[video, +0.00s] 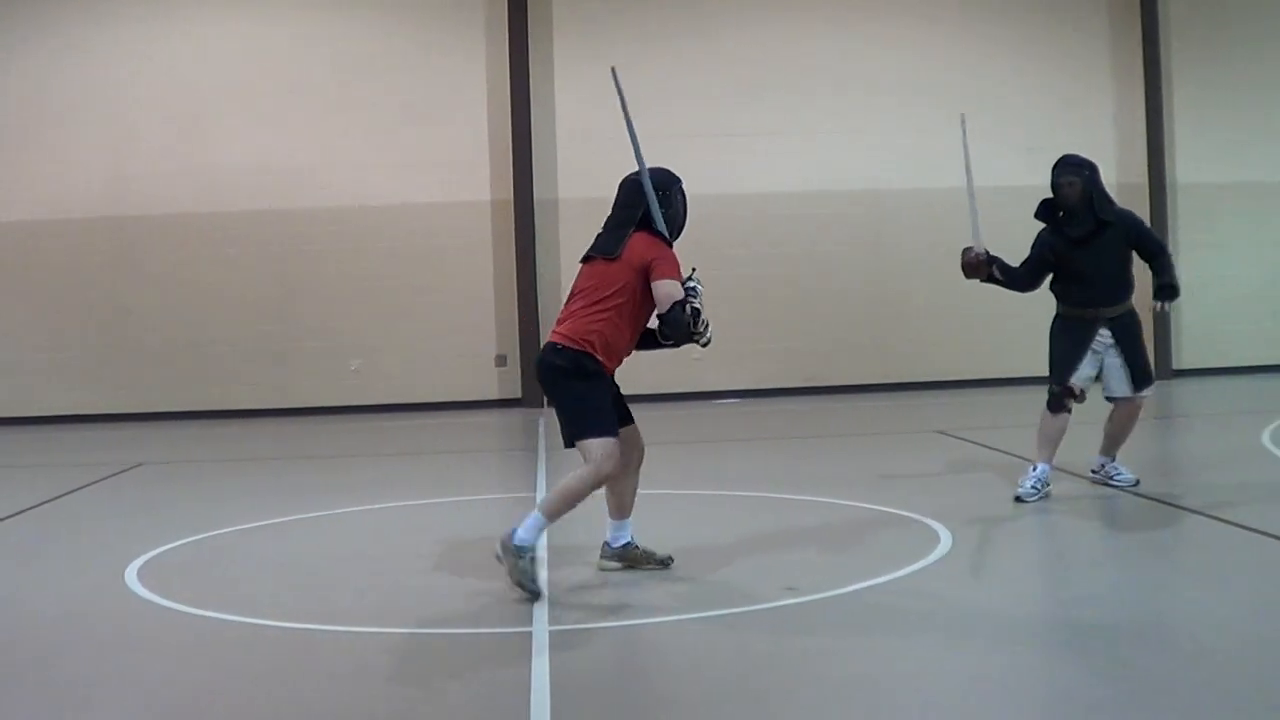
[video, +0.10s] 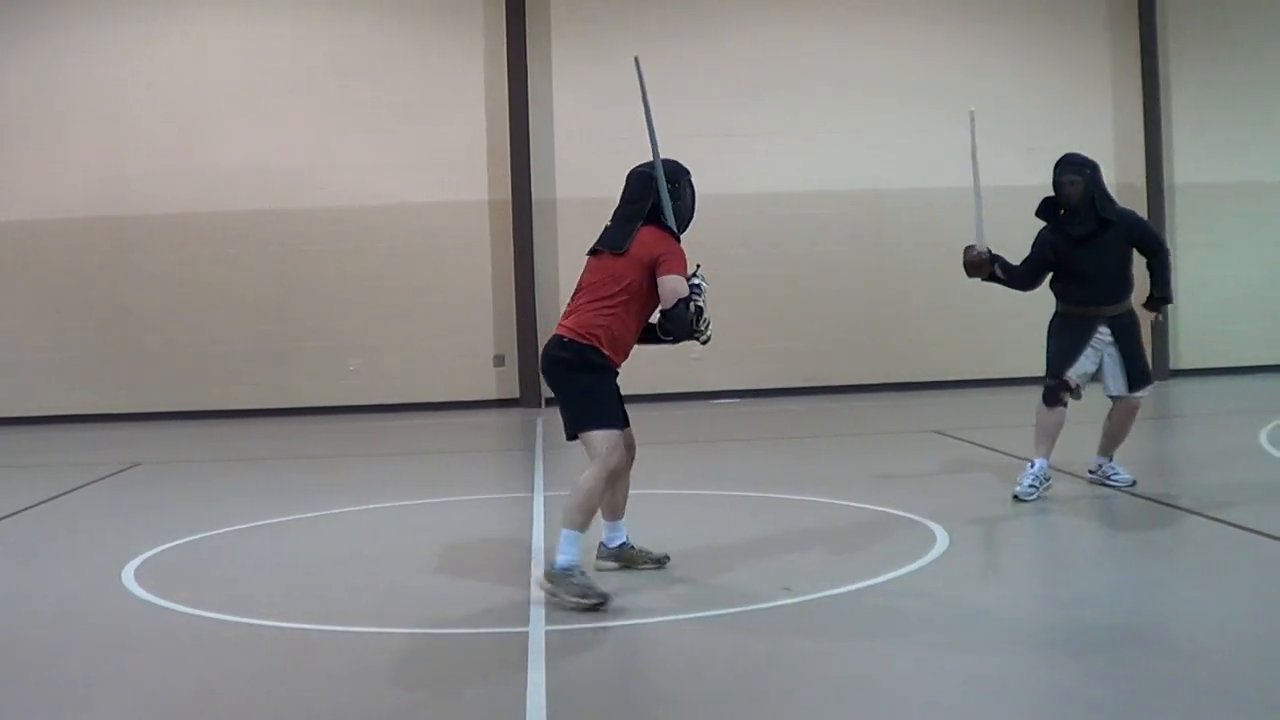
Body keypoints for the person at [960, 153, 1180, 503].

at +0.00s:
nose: (1065, 190)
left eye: (1072, 183)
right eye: (1059, 184)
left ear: (1090, 184)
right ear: (1054, 190)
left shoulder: (1121, 222)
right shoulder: (1053, 236)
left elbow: (1156, 251)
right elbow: (1027, 279)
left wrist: (1165, 286)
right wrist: (989, 266)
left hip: (1120, 322)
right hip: (1074, 324)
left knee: (1131, 396)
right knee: (1061, 396)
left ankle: (1104, 463)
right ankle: (1040, 472)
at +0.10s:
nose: (1066, 189)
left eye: (1073, 182)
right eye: (1061, 183)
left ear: (1091, 183)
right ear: (1055, 188)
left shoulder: (1122, 222)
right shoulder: (1053, 234)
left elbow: (1157, 250)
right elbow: (1026, 278)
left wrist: (1159, 296)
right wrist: (992, 265)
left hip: (1118, 320)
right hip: (1072, 321)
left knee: (1130, 396)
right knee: (1055, 390)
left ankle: (1102, 463)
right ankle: (1039, 468)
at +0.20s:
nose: (1061, 188)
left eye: (1068, 181)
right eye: (1056, 182)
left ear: (1085, 183)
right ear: (1049, 186)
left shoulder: (1115, 221)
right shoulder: (1047, 233)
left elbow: (1147, 245)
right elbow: (1020, 276)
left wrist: (1147, 290)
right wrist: (986, 261)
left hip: (1112, 320)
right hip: (1066, 321)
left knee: (1121, 398)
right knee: (1048, 388)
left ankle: (1094, 463)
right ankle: (1031, 465)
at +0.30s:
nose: (1050, 189)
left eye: (1057, 182)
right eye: (1044, 183)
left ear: (1074, 184)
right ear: (1038, 188)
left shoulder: (1102, 224)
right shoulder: (1034, 234)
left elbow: (1132, 250)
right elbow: (1005, 277)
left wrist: (1127, 291)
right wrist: (975, 261)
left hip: (1099, 322)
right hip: (1052, 324)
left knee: (1110, 394)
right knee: (1039, 393)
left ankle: (1083, 464)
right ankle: (1017, 470)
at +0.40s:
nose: (1035, 188)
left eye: (1042, 182)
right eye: (1030, 182)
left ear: (1058, 184)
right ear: (1022, 188)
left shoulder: (1083, 226)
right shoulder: (1016, 235)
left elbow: (1112, 253)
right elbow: (986, 277)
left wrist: (1108, 293)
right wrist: (955, 259)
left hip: (1080, 323)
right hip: (1034, 326)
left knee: (1094, 397)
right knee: (1025, 399)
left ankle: (1069, 465)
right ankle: (1004, 475)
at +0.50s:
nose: (1021, 187)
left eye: (1027, 180)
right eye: (1015, 181)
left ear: (1041, 185)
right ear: (1005, 188)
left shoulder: (1065, 228)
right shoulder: (997, 237)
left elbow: (1090, 257)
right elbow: (968, 279)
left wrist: (1086, 299)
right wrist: (940, 260)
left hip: (1060, 324)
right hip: (1014, 328)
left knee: (1075, 399)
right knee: (1010, 402)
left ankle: (1057, 466)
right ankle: (993, 478)